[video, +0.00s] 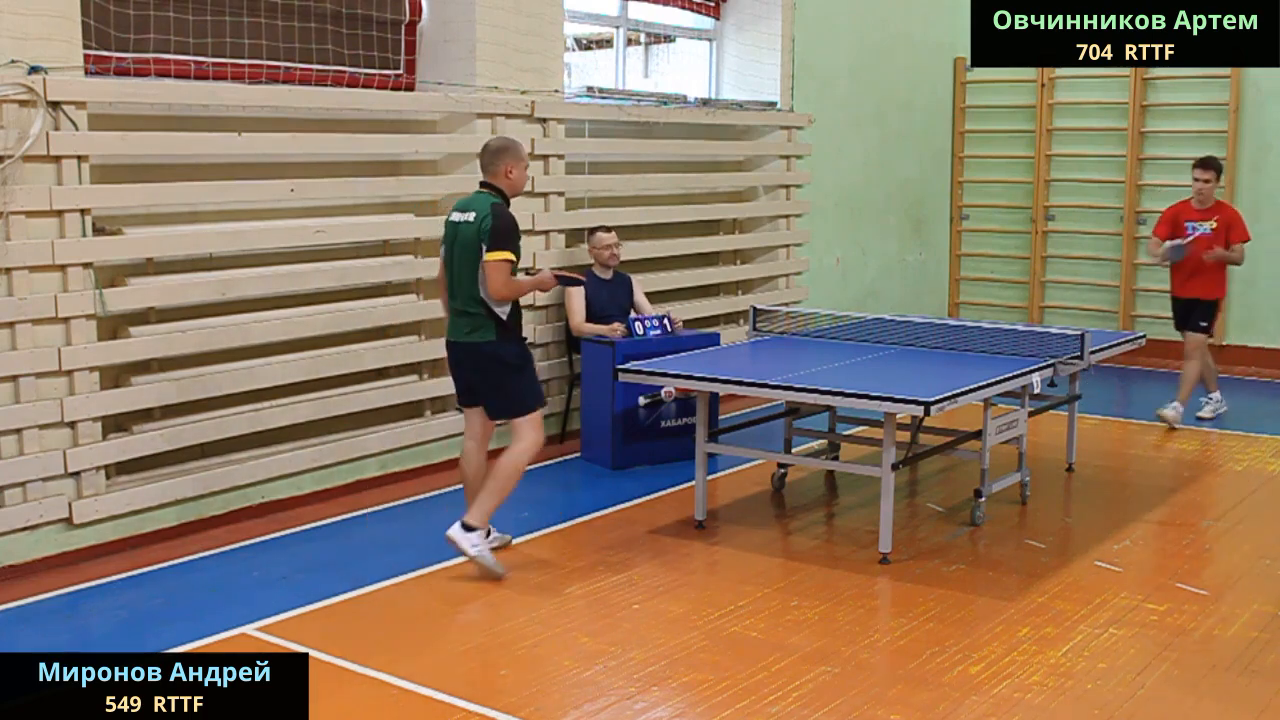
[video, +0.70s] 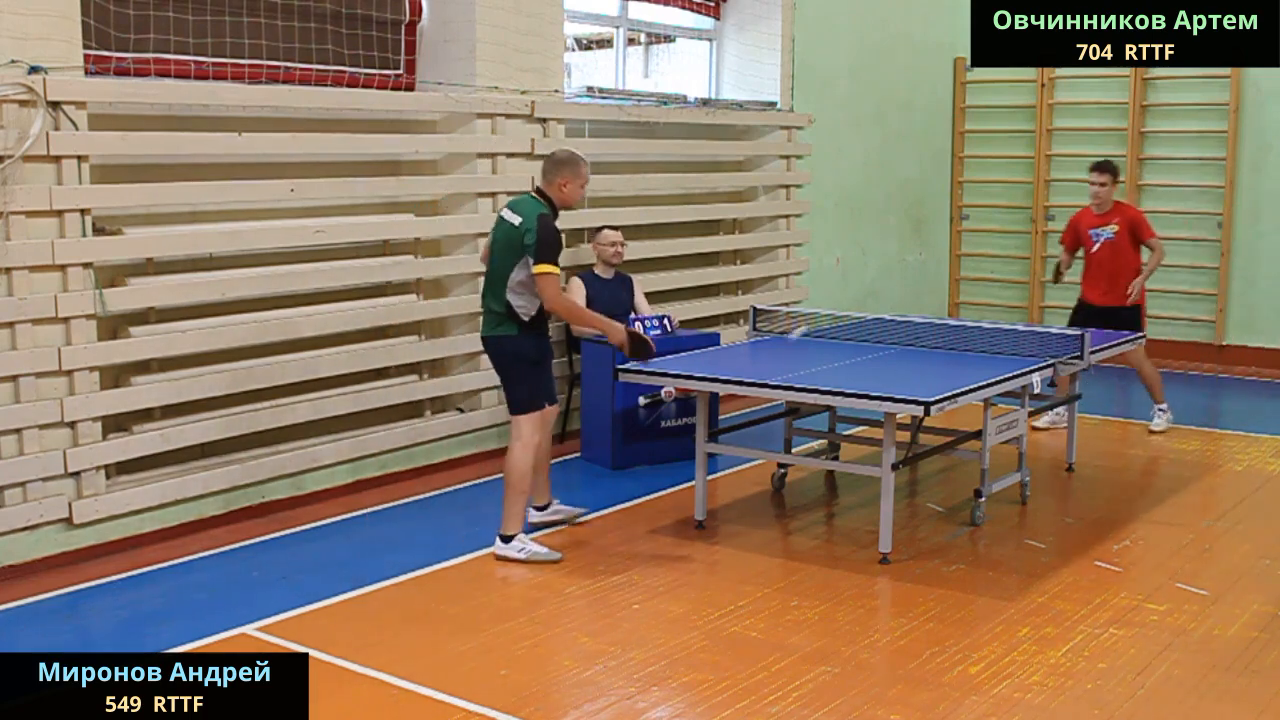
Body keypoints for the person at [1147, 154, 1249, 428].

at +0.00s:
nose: (1199, 186)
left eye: (1206, 182)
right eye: (1196, 180)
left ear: (1217, 184)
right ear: (1191, 181)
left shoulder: (1229, 215)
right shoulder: (1175, 212)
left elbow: (1239, 255)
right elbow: (1153, 246)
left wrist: (1222, 254)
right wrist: (1165, 252)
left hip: (1208, 293)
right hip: (1180, 292)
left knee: (1193, 347)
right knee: (1197, 347)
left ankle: (1178, 406)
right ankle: (1215, 398)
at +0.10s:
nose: (1189, 186)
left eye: (1196, 182)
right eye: (1186, 180)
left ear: (1208, 184)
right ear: (1181, 181)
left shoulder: (1219, 218)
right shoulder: (1164, 213)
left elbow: (1234, 257)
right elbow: (1142, 243)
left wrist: (1221, 267)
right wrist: (1128, 259)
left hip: (1197, 292)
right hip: (1168, 291)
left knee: (1182, 348)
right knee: (1180, 349)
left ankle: (1171, 411)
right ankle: (1208, 392)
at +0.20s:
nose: (1179, 186)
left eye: (1186, 181)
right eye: (1176, 179)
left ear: (1197, 184)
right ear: (1170, 180)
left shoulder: (1207, 218)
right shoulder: (1153, 211)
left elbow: (1227, 256)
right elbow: (1131, 242)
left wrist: (1212, 277)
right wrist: (1116, 261)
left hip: (1185, 292)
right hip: (1155, 291)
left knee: (1173, 348)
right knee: (1152, 353)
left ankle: (1170, 412)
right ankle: (1189, 382)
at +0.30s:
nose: (1165, 183)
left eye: (1173, 179)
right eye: (1163, 177)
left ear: (1184, 182)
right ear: (1158, 177)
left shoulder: (1196, 215)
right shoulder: (1144, 208)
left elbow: (1217, 253)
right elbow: (1124, 239)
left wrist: (1203, 270)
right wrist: (1111, 260)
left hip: (1174, 294)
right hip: (1142, 291)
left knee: (1168, 351)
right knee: (1126, 341)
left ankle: (1169, 412)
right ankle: (1155, 386)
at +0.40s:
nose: (1151, 182)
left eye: (1158, 178)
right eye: (1149, 176)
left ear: (1170, 181)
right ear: (1143, 177)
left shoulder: (1182, 213)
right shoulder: (1131, 208)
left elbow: (1204, 250)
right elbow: (1115, 240)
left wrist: (1186, 269)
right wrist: (1104, 260)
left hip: (1165, 295)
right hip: (1131, 292)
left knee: (1165, 352)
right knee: (1108, 343)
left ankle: (1168, 413)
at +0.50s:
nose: (1135, 185)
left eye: (1141, 180)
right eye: (1131, 178)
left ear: (1154, 183)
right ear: (1125, 179)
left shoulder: (1166, 214)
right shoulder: (1114, 213)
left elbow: (1189, 251)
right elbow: (1101, 245)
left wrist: (1170, 269)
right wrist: (1090, 261)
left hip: (1155, 299)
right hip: (1120, 297)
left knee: (1163, 354)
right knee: (1096, 354)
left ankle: (1168, 413)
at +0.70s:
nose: (1096, 190)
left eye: (1102, 185)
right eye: (1092, 184)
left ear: (1114, 186)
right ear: (1087, 185)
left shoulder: (1130, 216)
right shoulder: (1080, 219)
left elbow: (1158, 250)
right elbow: (1068, 252)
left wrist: (1143, 277)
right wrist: (1061, 269)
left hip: (1125, 304)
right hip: (1090, 302)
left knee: (1135, 357)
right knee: (1064, 354)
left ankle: (1161, 409)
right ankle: (1060, 409)